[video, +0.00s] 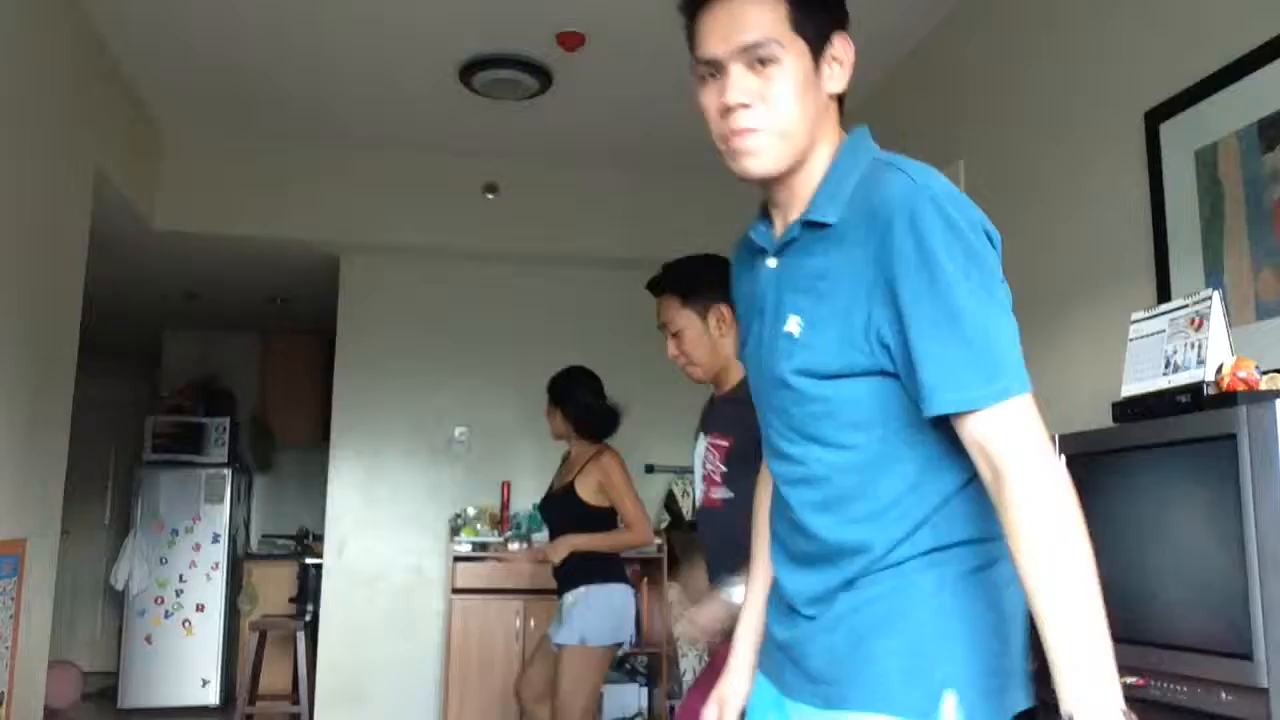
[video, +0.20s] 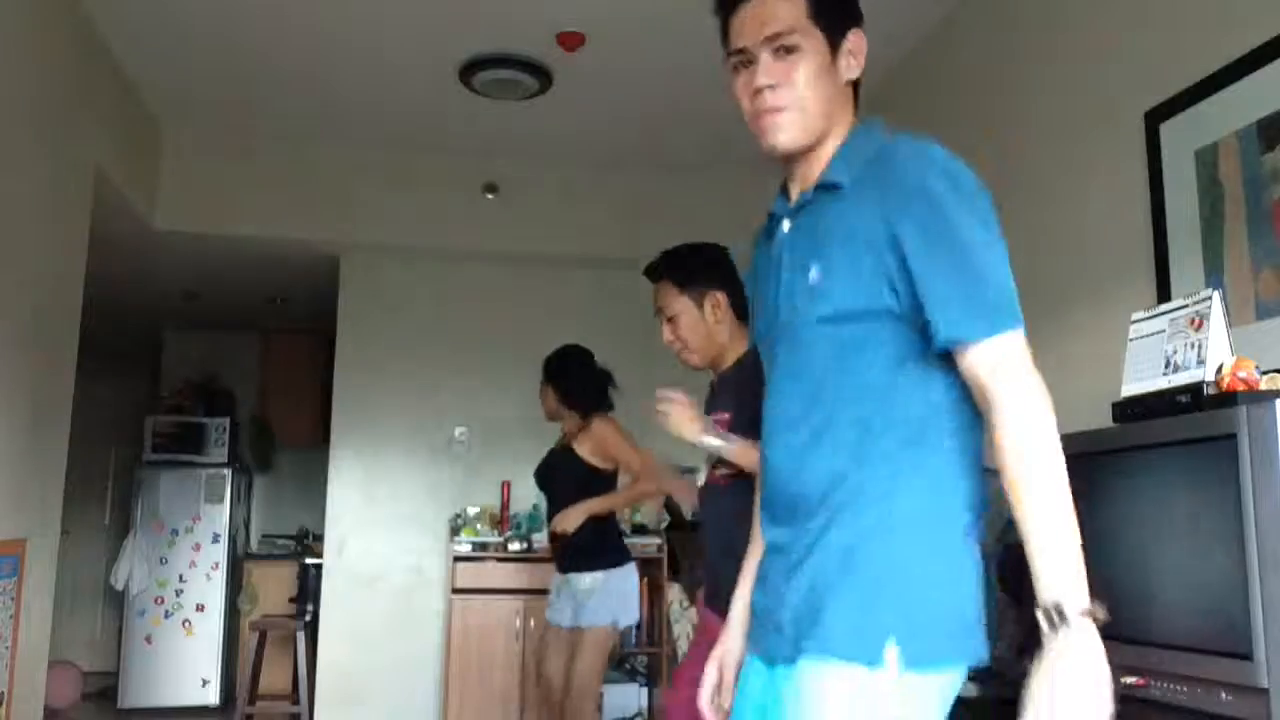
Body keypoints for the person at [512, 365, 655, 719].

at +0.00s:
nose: (546, 414)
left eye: (551, 406)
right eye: (548, 405)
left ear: (569, 410)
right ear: (575, 412)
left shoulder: (605, 460)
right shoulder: (569, 460)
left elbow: (641, 533)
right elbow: (579, 533)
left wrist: (572, 543)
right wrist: (538, 553)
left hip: (601, 597)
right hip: (576, 596)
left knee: (572, 708)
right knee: (532, 691)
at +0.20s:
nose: (541, 396)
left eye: (545, 386)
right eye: (542, 387)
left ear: (564, 389)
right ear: (572, 390)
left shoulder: (600, 428)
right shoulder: (568, 435)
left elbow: (651, 482)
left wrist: (585, 509)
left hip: (606, 577)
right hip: (569, 576)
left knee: (581, 697)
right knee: (552, 689)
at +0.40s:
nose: (538, 424)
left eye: (542, 415)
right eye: (539, 416)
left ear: (558, 419)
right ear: (571, 417)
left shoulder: (593, 462)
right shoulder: (568, 466)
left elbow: (640, 521)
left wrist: (575, 545)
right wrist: (562, 550)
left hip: (606, 600)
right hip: (582, 601)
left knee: (577, 710)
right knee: (538, 704)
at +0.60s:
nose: (535, 402)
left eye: (540, 393)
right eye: (536, 393)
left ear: (558, 394)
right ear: (565, 395)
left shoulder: (590, 434)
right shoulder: (565, 441)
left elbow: (641, 487)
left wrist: (576, 512)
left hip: (603, 582)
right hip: (574, 583)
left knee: (574, 699)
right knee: (562, 697)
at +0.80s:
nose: (540, 422)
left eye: (543, 414)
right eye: (541, 414)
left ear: (558, 418)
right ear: (571, 417)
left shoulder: (592, 464)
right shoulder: (568, 464)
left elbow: (643, 521)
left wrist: (579, 543)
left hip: (601, 605)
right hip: (575, 605)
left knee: (574, 709)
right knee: (522, 689)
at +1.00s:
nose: (536, 408)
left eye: (540, 399)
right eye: (537, 399)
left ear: (556, 403)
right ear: (568, 402)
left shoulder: (595, 452)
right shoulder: (559, 452)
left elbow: (637, 511)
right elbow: (572, 510)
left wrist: (570, 528)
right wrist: (545, 544)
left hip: (593, 586)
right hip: (565, 585)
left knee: (562, 706)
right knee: (556, 701)